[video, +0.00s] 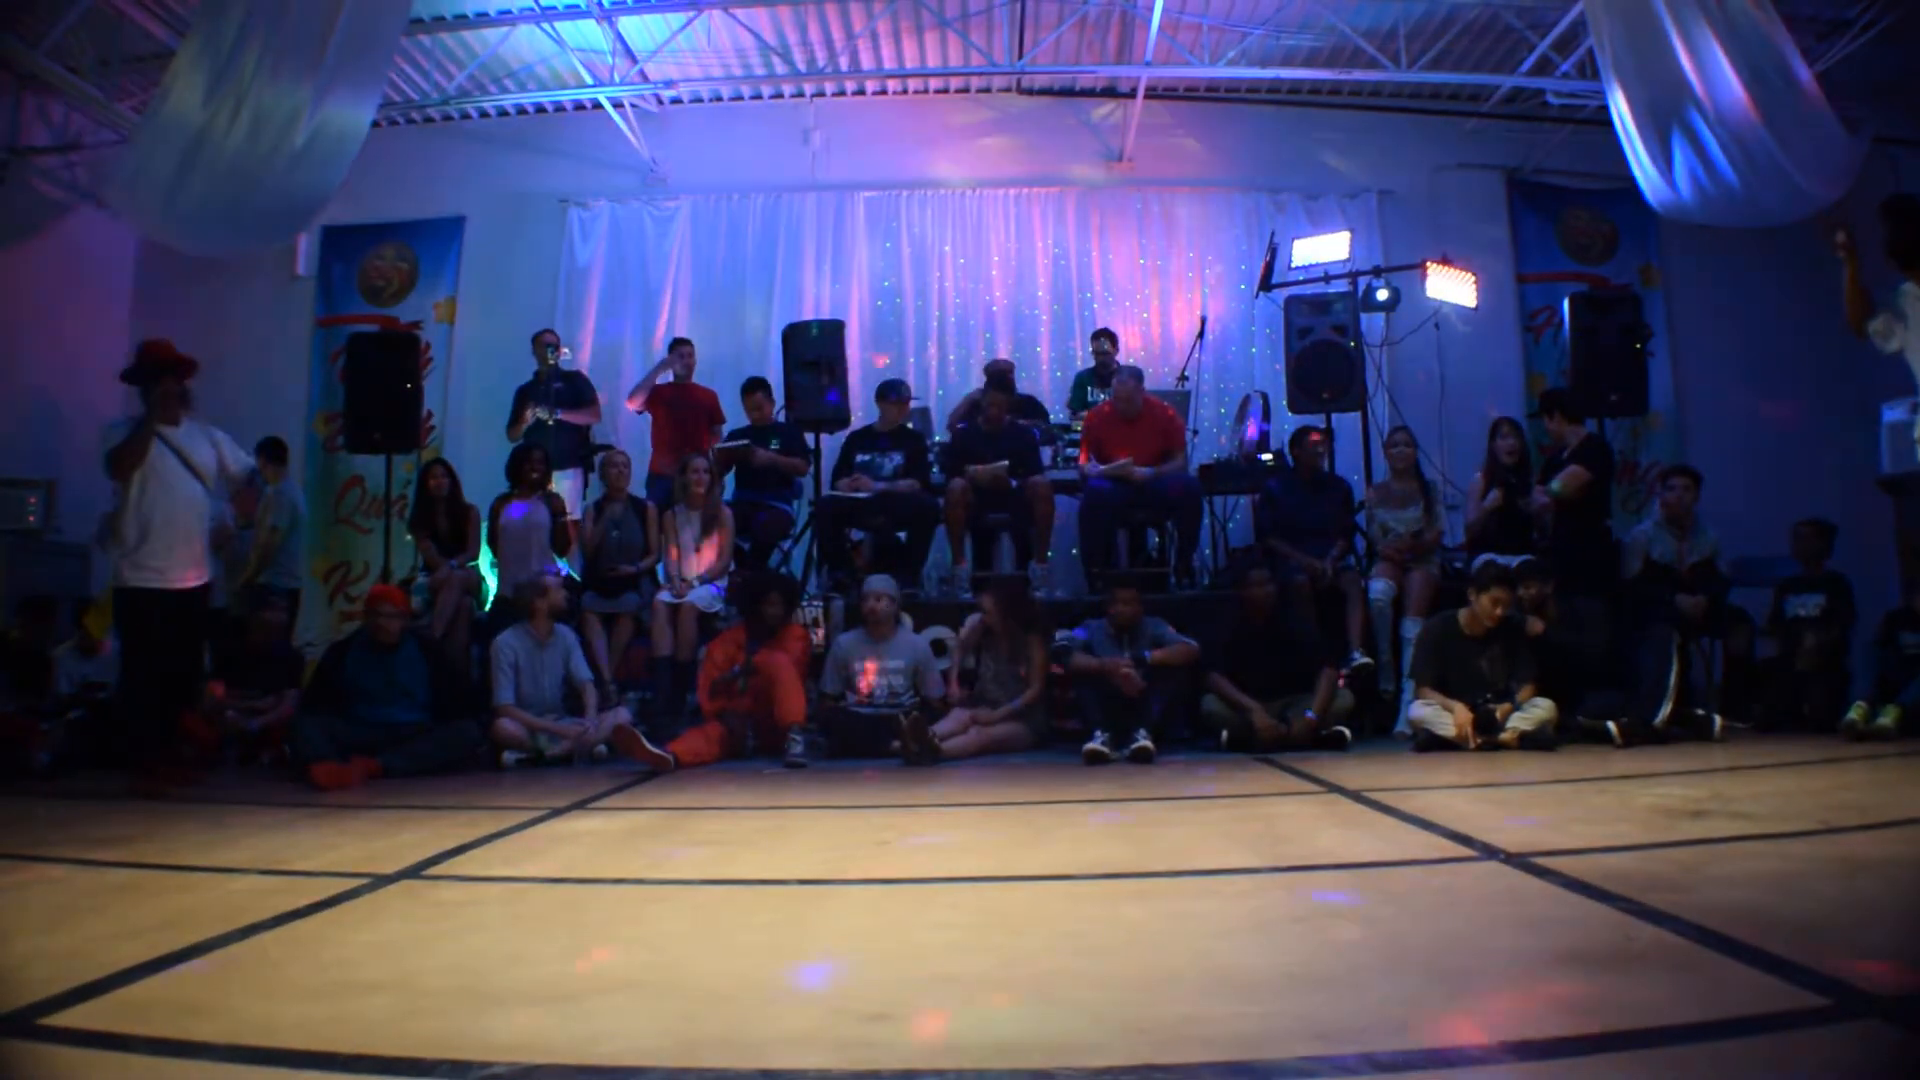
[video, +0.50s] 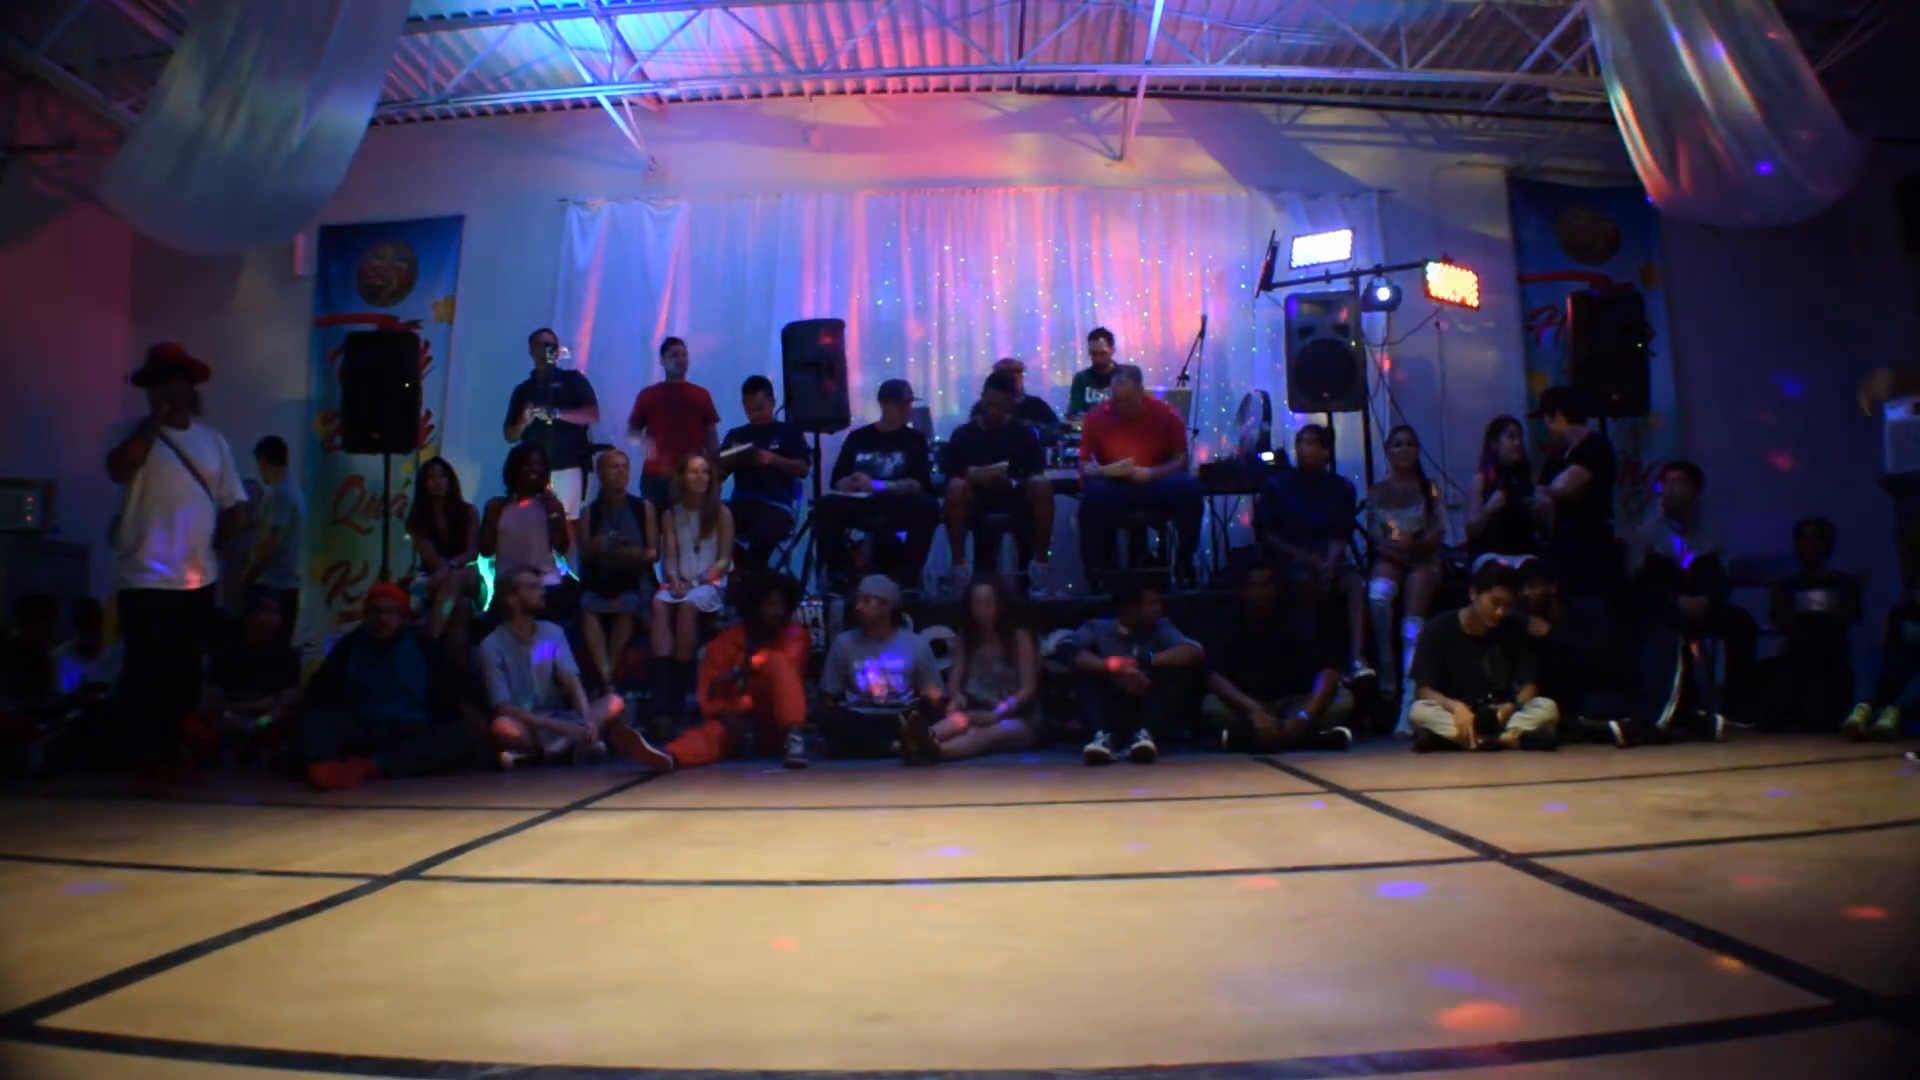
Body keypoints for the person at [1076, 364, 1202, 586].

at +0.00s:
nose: (1120, 405)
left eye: (1126, 399)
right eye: (1116, 398)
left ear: (1141, 392)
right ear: (1111, 393)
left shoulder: (1165, 415)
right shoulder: (1096, 417)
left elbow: (1180, 462)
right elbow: (1085, 465)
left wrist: (1150, 473)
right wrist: (1109, 470)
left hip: (1153, 484)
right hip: (1115, 484)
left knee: (1188, 489)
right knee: (1095, 493)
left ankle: (1184, 568)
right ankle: (1096, 575)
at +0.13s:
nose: (1121, 405)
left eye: (1127, 399)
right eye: (1117, 399)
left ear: (1140, 391)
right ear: (1110, 393)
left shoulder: (1165, 415)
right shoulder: (1097, 417)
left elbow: (1180, 461)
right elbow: (1085, 467)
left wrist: (1151, 473)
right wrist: (1111, 470)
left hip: (1153, 483)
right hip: (1115, 484)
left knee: (1189, 489)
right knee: (1094, 496)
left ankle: (1184, 567)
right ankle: (1097, 575)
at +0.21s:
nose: (1121, 406)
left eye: (1127, 400)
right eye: (1116, 399)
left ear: (1141, 393)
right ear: (1110, 394)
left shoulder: (1166, 415)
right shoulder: (1097, 416)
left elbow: (1180, 462)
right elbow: (1085, 463)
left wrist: (1151, 473)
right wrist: (1106, 471)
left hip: (1153, 484)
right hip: (1115, 484)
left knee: (1189, 489)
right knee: (1094, 495)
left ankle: (1184, 567)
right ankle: (1096, 574)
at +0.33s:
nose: (1122, 405)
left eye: (1127, 399)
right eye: (1117, 399)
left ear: (1141, 392)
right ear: (1110, 394)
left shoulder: (1165, 415)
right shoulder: (1097, 416)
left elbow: (1180, 461)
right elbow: (1085, 465)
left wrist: (1151, 473)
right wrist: (1111, 471)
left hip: (1155, 484)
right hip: (1115, 484)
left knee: (1190, 491)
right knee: (1094, 497)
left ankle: (1184, 567)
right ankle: (1097, 574)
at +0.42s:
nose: (1122, 405)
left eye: (1128, 399)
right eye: (1118, 399)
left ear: (1141, 392)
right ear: (1112, 394)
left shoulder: (1164, 414)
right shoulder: (1098, 416)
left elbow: (1180, 460)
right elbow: (1085, 467)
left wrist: (1152, 473)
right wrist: (1115, 471)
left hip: (1155, 484)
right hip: (1116, 484)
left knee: (1189, 489)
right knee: (1094, 496)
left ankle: (1185, 566)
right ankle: (1098, 574)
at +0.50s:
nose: (1122, 405)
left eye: (1128, 399)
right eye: (1118, 399)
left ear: (1141, 392)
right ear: (1111, 394)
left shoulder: (1166, 415)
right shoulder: (1096, 418)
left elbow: (1180, 461)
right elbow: (1086, 464)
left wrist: (1151, 473)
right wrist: (1108, 471)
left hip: (1155, 484)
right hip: (1115, 484)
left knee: (1190, 490)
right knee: (1094, 495)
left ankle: (1185, 566)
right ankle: (1097, 574)